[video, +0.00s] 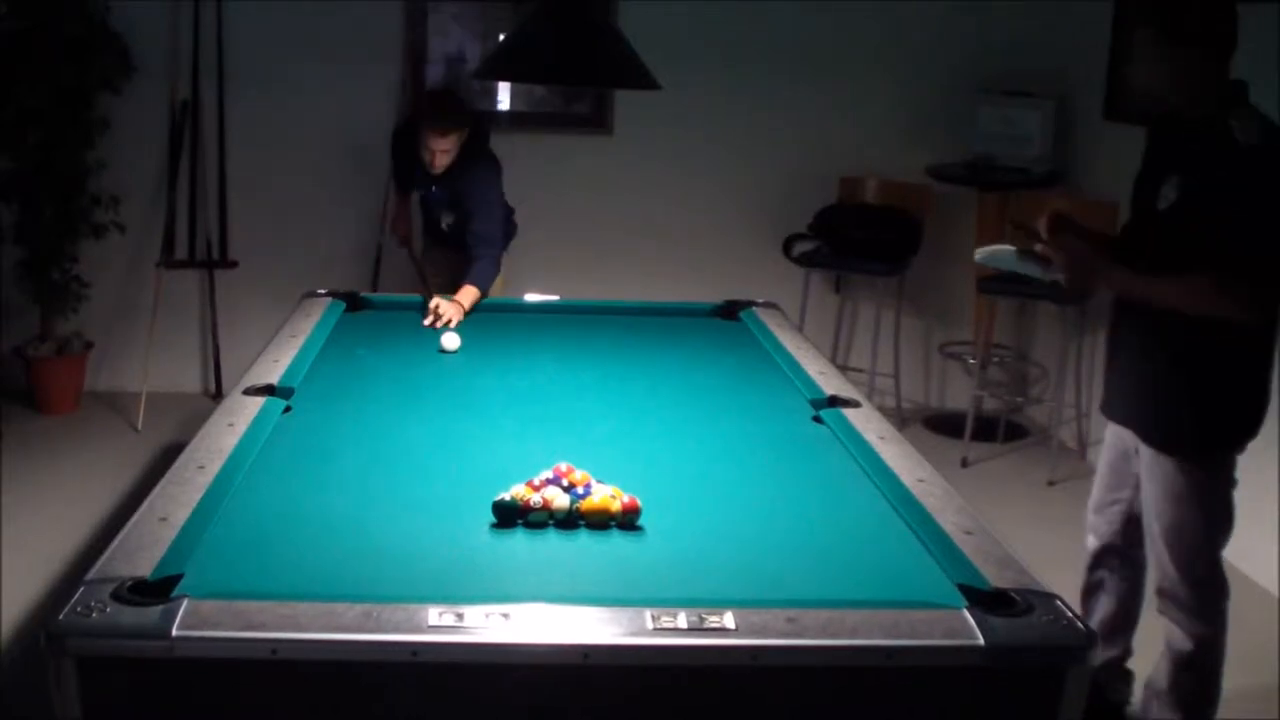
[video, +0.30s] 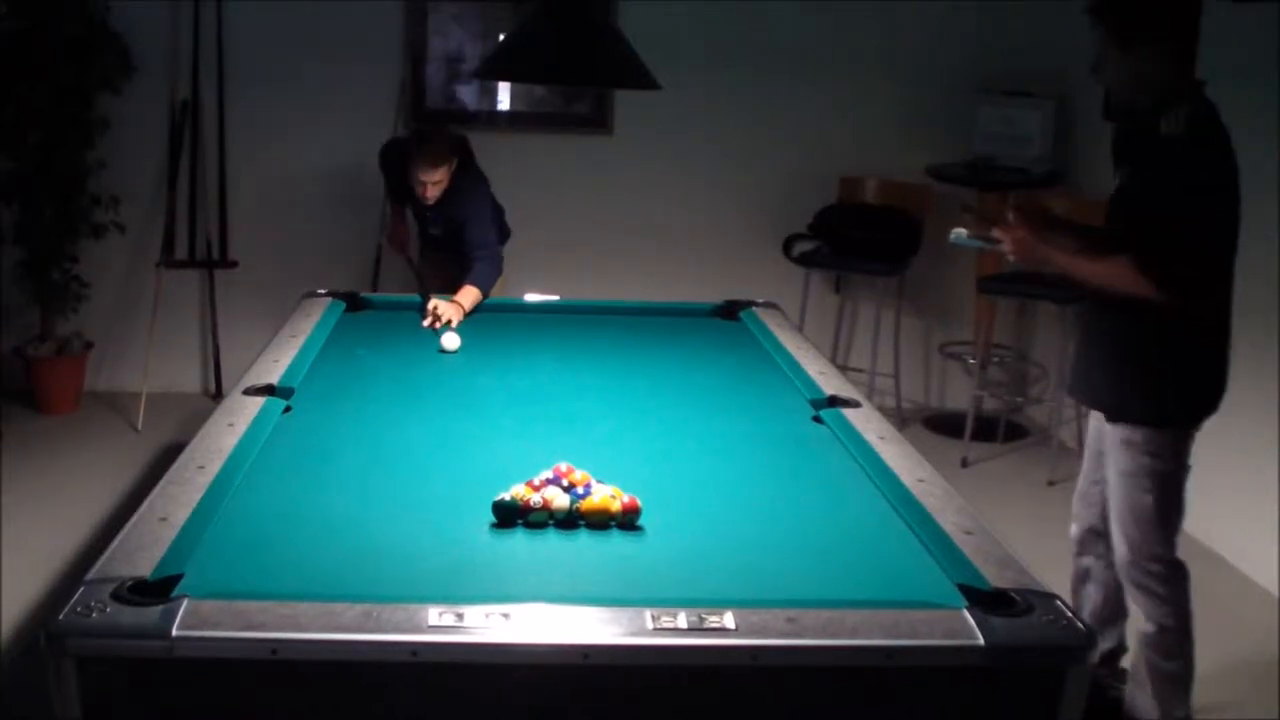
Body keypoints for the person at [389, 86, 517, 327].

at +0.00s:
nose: (436, 161)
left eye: (446, 152)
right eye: (429, 150)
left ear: (462, 142)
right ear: (419, 140)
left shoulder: (480, 165)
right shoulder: (407, 143)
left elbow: (488, 249)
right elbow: (402, 178)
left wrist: (460, 303)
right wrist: (402, 216)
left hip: (479, 241)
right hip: (437, 236)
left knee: (480, 318)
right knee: (434, 310)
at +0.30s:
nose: (428, 193)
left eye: (437, 183)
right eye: (421, 183)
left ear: (452, 168)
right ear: (409, 171)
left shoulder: (470, 185)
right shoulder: (398, 156)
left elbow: (489, 259)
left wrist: (460, 304)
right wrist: (398, 221)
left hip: (470, 248)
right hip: (432, 243)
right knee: (431, 312)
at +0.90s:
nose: (420, 219)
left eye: (429, 209)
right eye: (412, 210)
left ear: (444, 194)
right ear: (399, 201)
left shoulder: (468, 210)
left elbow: (489, 275)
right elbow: (383, 151)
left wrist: (460, 309)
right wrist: (384, 206)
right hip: (435, 246)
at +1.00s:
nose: (419, 219)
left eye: (428, 209)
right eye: (411, 210)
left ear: (443, 194)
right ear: (399, 202)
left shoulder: (468, 210)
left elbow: (490, 275)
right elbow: (383, 150)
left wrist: (460, 310)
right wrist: (387, 212)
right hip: (434, 246)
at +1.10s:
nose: (417, 218)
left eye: (427, 208)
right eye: (409, 208)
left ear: (442, 193)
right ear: (398, 199)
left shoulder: (467, 210)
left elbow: (488, 273)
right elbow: (385, 153)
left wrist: (459, 310)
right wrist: (389, 220)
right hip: (435, 247)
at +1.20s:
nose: (417, 216)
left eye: (427, 205)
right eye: (409, 206)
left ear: (441, 191)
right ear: (396, 197)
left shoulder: (466, 208)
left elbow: (487, 270)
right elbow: (383, 155)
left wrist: (458, 309)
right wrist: (389, 217)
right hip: (436, 245)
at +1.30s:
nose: (418, 212)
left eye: (427, 202)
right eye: (409, 203)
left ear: (441, 188)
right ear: (397, 193)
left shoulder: (465, 205)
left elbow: (486, 267)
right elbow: (381, 152)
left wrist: (457, 308)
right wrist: (385, 205)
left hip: (488, 250)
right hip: (437, 245)